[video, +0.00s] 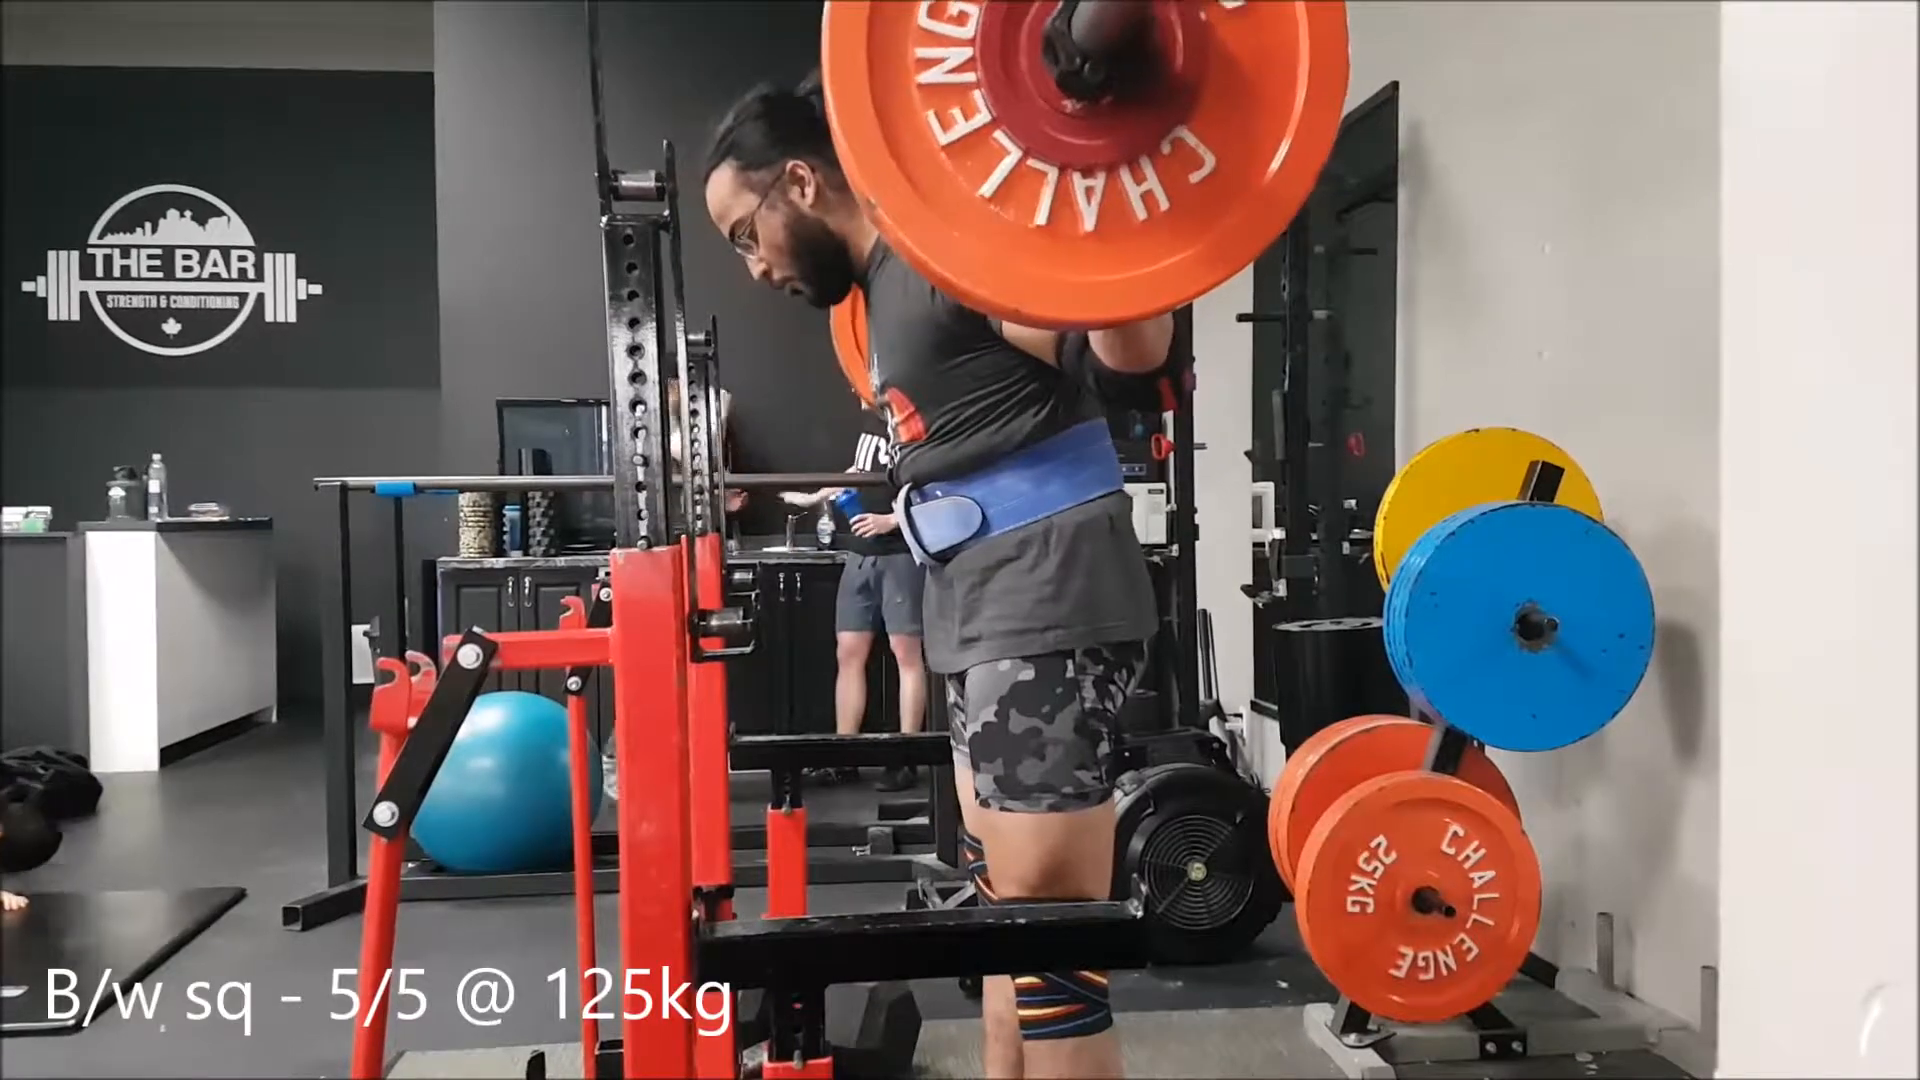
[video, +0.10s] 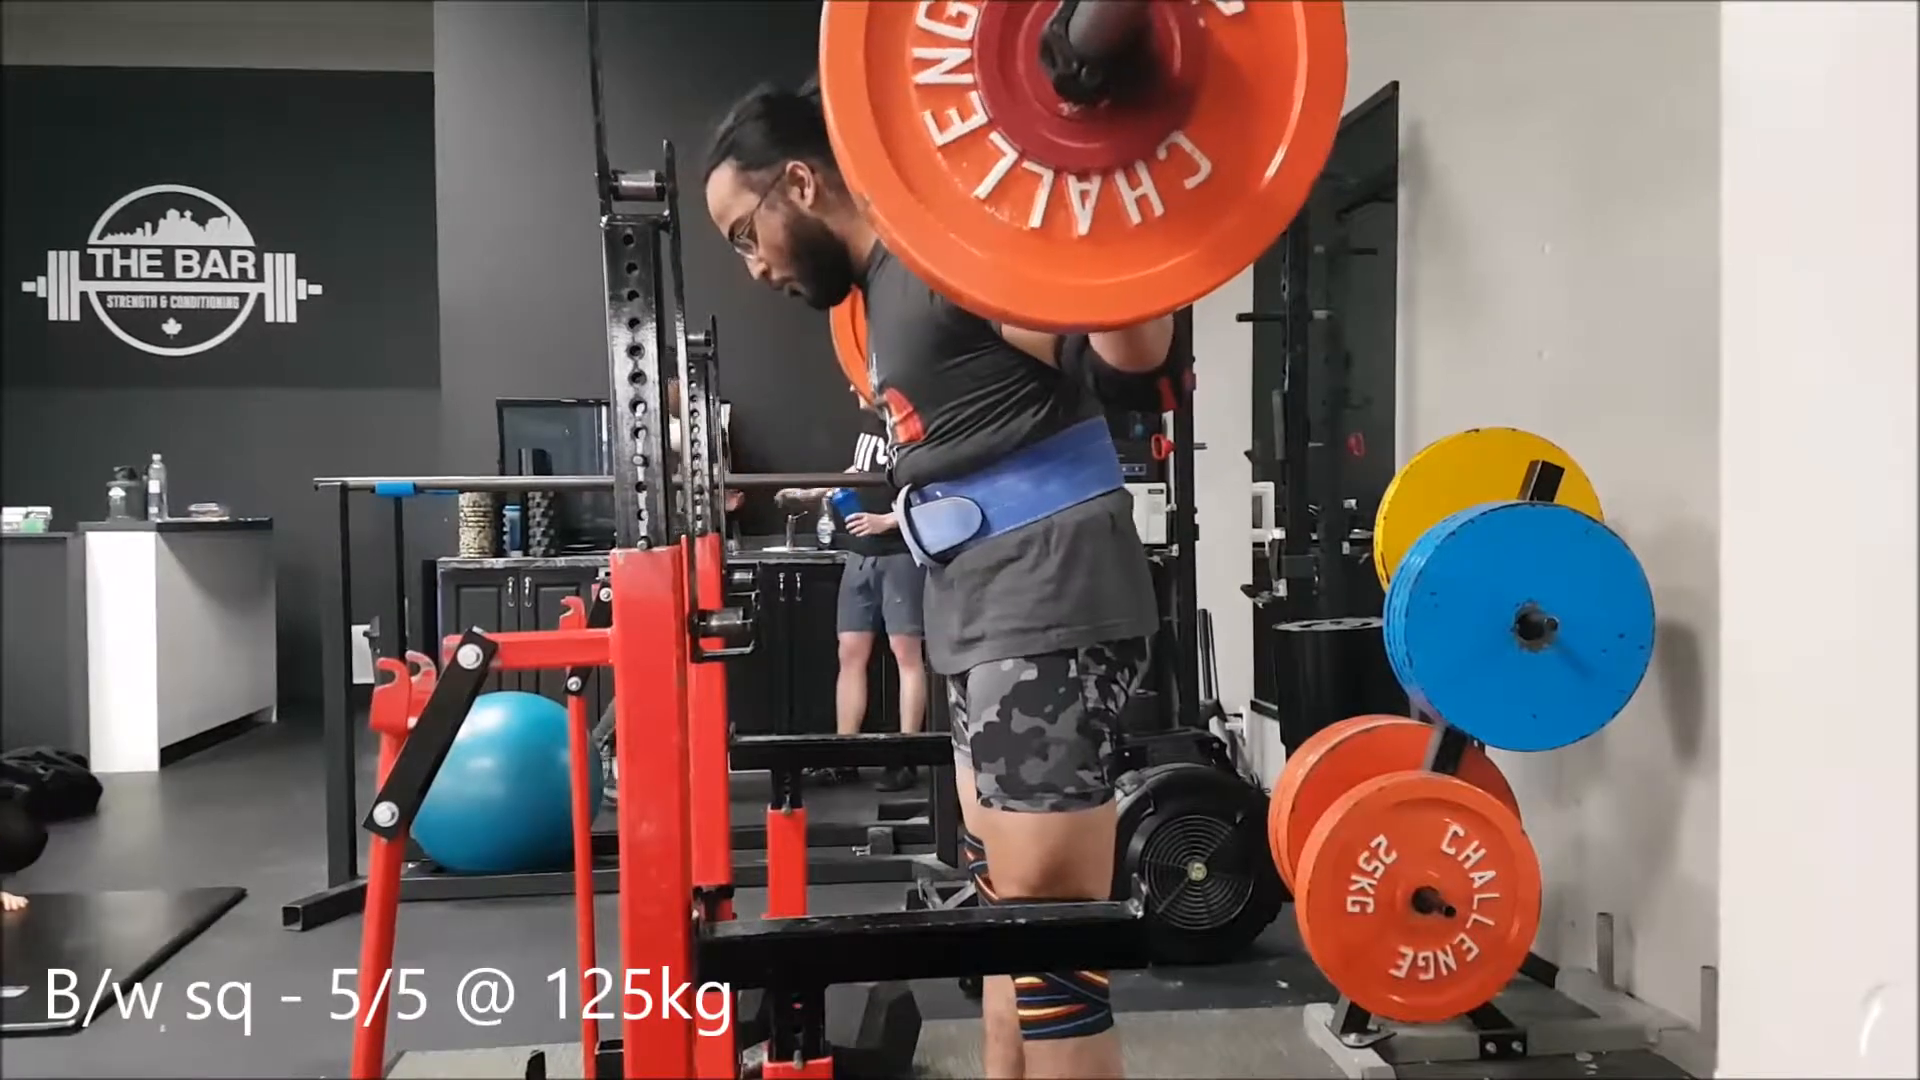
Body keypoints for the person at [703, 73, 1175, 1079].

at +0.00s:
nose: (753, 263)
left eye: (747, 230)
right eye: (737, 244)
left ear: (804, 179)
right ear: (799, 188)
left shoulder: (945, 236)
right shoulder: (882, 290)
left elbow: (1134, 346)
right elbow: (911, 479)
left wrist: (1137, 171)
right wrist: (774, 494)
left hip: (1049, 598)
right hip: (981, 606)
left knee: (1050, 941)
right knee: (1005, 932)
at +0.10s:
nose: (754, 266)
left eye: (747, 231)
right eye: (737, 245)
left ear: (806, 179)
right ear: (801, 189)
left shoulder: (942, 235)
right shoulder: (883, 285)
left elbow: (1137, 341)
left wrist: (1135, 166)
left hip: (1052, 605)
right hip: (986, 610)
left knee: (1048, 944)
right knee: (1005, 934)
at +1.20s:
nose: (748, 301)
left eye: (743, 270)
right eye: (732, 284)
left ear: (795, 214)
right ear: (795, 224)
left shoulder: (924, 286)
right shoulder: (865, 333)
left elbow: (1116, 417)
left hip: (1080, 610)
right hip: (1000, 627)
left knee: (959, 946)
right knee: (928, 858)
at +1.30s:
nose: (743, 341)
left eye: (736, 312)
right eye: (727, 326)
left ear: (790, 257)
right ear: (789, 265)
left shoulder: (915, 325)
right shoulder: (854, 382)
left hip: (1097, 644)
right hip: (1011, 662)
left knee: (957, 950)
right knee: (923, 860)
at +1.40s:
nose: (737, 394)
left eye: (731, 365)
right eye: (722, 378)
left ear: (787, 312)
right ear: (784, 320)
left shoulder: (900, 365)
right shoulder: (849, 421)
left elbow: (1038, 281)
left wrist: (1125, 208)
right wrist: (814, 500)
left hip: (1119, 683)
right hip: (1027, 691)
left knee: (948, 999)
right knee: (915, 866)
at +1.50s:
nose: (740, 449)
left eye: (730, 416)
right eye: (724, 429)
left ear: (781, 364)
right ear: (783, 368)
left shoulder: (918, 411)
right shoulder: (855, 444)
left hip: (1126, 721)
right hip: (1023, 723)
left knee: (938, 1005)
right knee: (905, 868)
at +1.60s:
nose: (733, 508)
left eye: (726, 478)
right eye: (719, 490)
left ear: (775, 430)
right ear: (770, 436)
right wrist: (773, 692)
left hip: (1136, 756)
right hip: (1040, 742)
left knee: (924, 1014)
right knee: (897, 870)